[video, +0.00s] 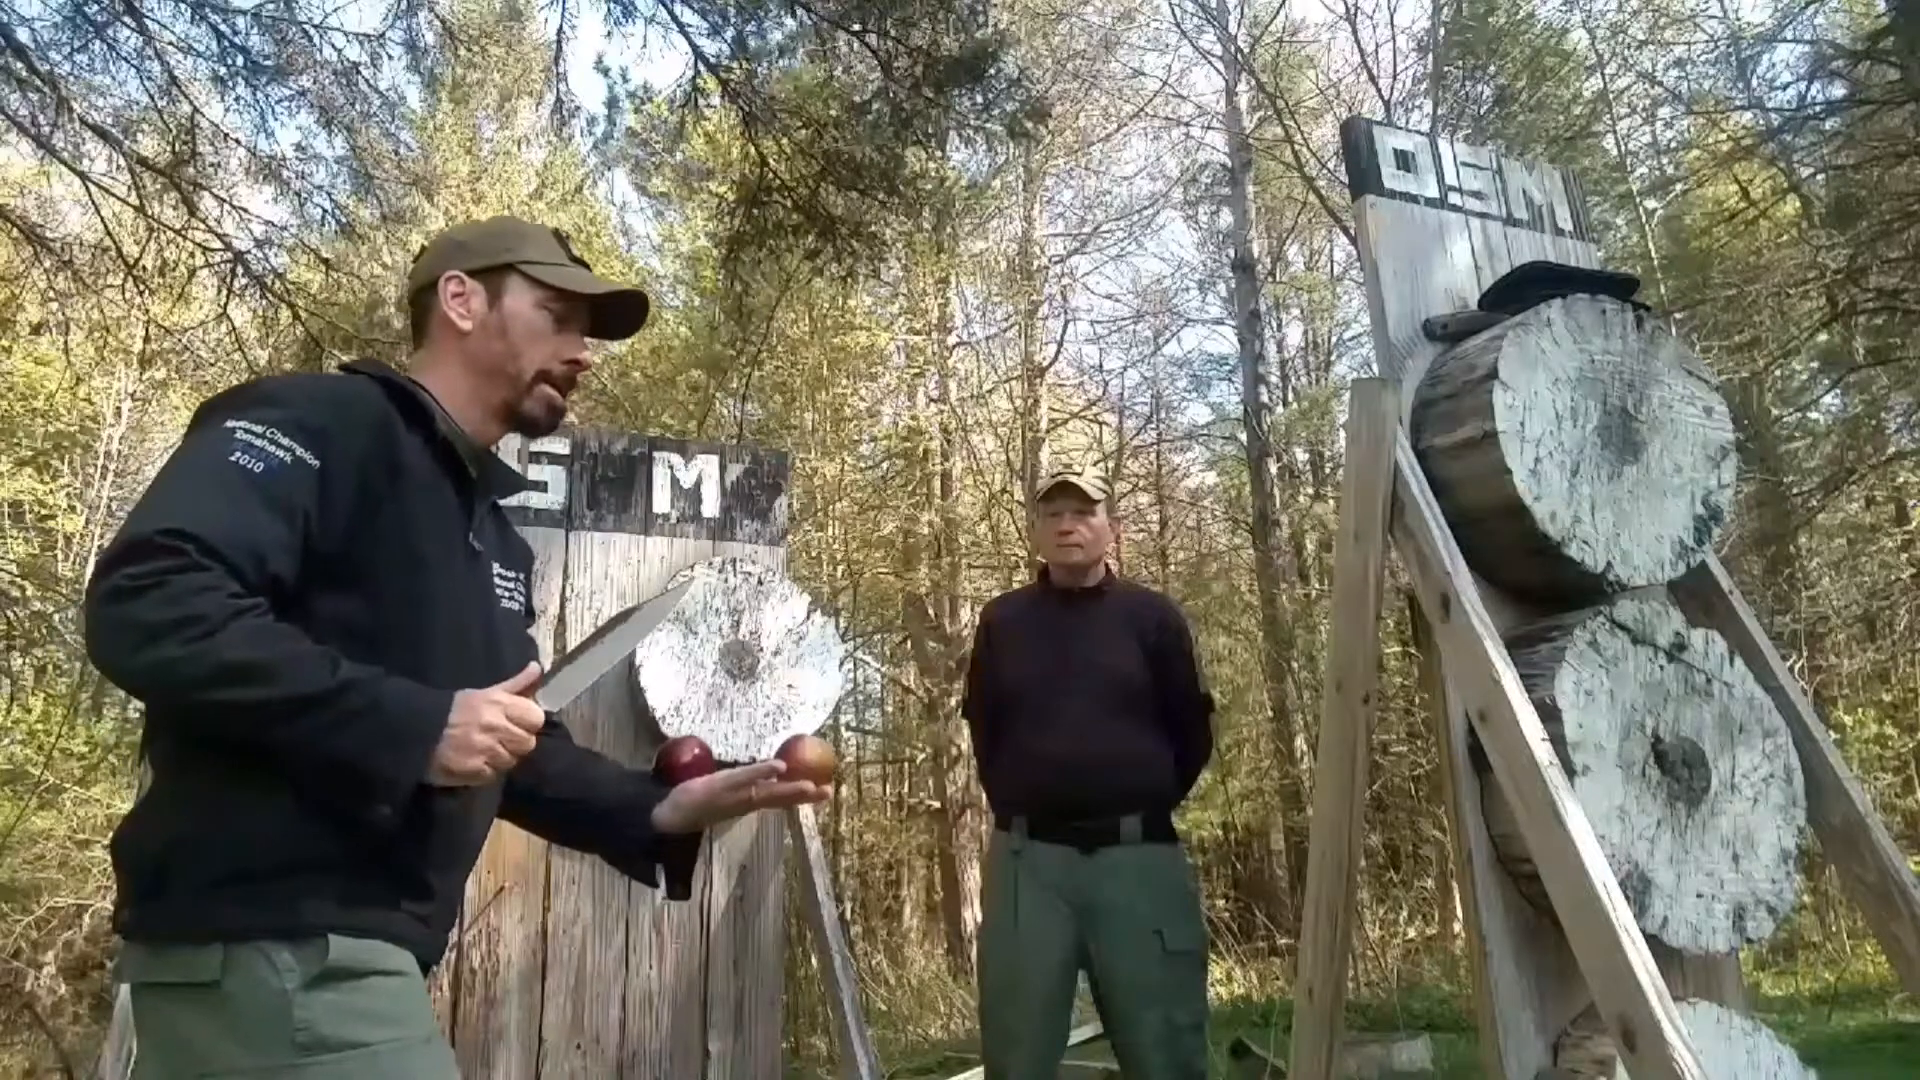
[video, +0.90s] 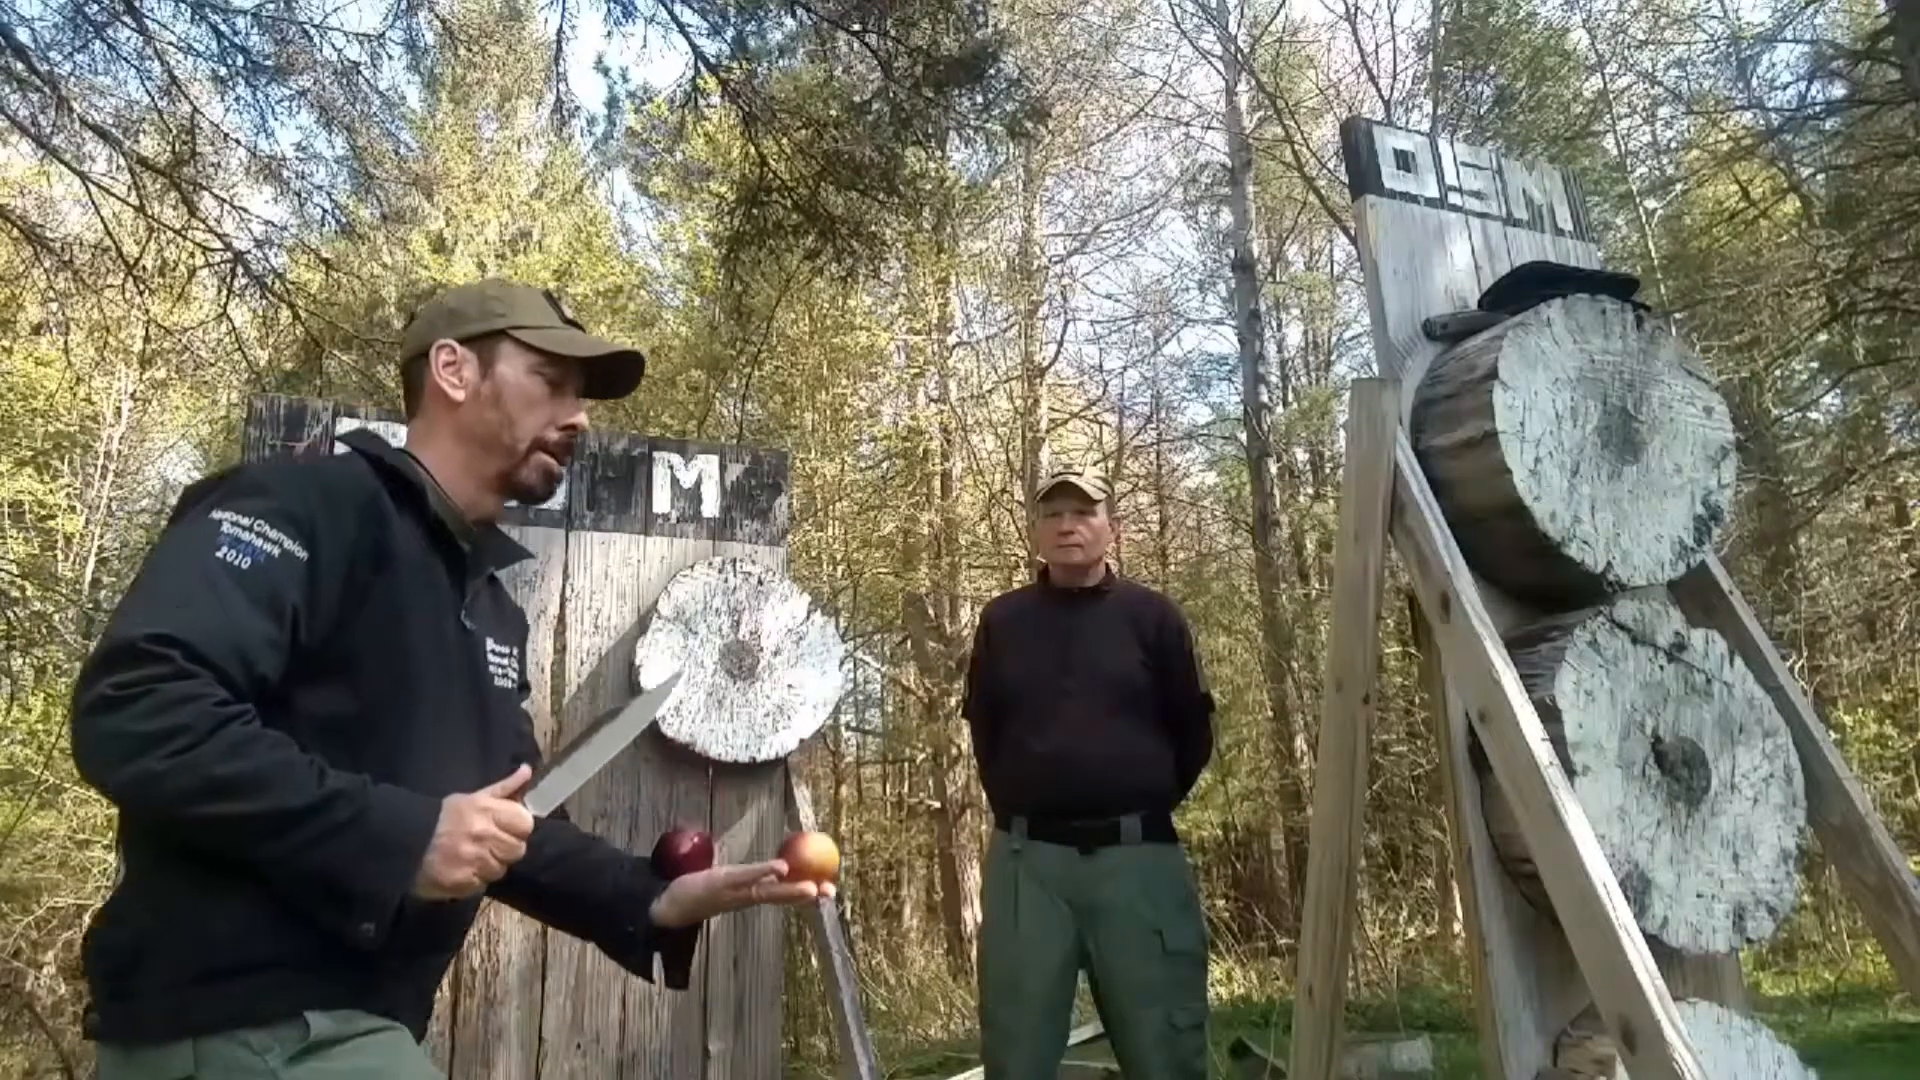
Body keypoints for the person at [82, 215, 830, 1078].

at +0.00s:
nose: (587, 351)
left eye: (592, 331)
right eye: (562, 315)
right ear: (461, 302)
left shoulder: (495, 540)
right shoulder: (318, 417)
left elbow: (496, 741)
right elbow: (146, 603)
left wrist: (660, 807)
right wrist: (418, 725)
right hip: (276, 957)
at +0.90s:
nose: (580, 420)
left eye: (583, 397)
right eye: (555, 382)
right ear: (455, 372)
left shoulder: (491, 608)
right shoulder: (301, 498)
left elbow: (481, 825)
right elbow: (138, 712)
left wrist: (656, 899)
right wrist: (404, 834)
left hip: (361, 1019)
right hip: (246, 1018)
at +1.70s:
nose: (552, 450)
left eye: (555, 424)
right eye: (523, 412)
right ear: (420, 409)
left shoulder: (487, 628)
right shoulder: (264, 558)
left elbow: (548, 816)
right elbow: (149, 788)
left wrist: (716, 851)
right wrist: (421, 874)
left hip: (408, 1038)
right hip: (260, 1037)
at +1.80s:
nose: (546, 425)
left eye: (547, 399)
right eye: (518, 392)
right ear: (418, 387)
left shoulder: (487, 598)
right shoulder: (263, 537)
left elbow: (561, 765)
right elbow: (164, 749)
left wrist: (757, 776)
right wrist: (456, 806)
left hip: (416, 1021)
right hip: (290, 1025)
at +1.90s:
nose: (541, 395)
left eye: (541, 371)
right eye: (510, 359)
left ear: (425, 368)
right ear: (413, 360)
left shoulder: (484, 569)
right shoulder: (277, 506)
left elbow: (579, 719)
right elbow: (196, 704)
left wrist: (769, 699)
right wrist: (492, 707)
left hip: (408, 992)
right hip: (323, 999)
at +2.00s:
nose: (537, 370)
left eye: (538, 347)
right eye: (507, 334)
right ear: (410, 336)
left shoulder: (478, 530)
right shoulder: (292, 468)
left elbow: (598, 665)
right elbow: (234, 649)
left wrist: (780, 631)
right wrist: (518, 600)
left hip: (411, 962)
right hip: (338, 970)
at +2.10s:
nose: (529, 340)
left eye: (528, 319)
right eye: (500, 311)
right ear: (403, 314)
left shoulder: (492, 492)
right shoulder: (298, 443)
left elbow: (604, 626)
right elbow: (276, 598)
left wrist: (780, 577)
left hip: (426, 927)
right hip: (340, 932)